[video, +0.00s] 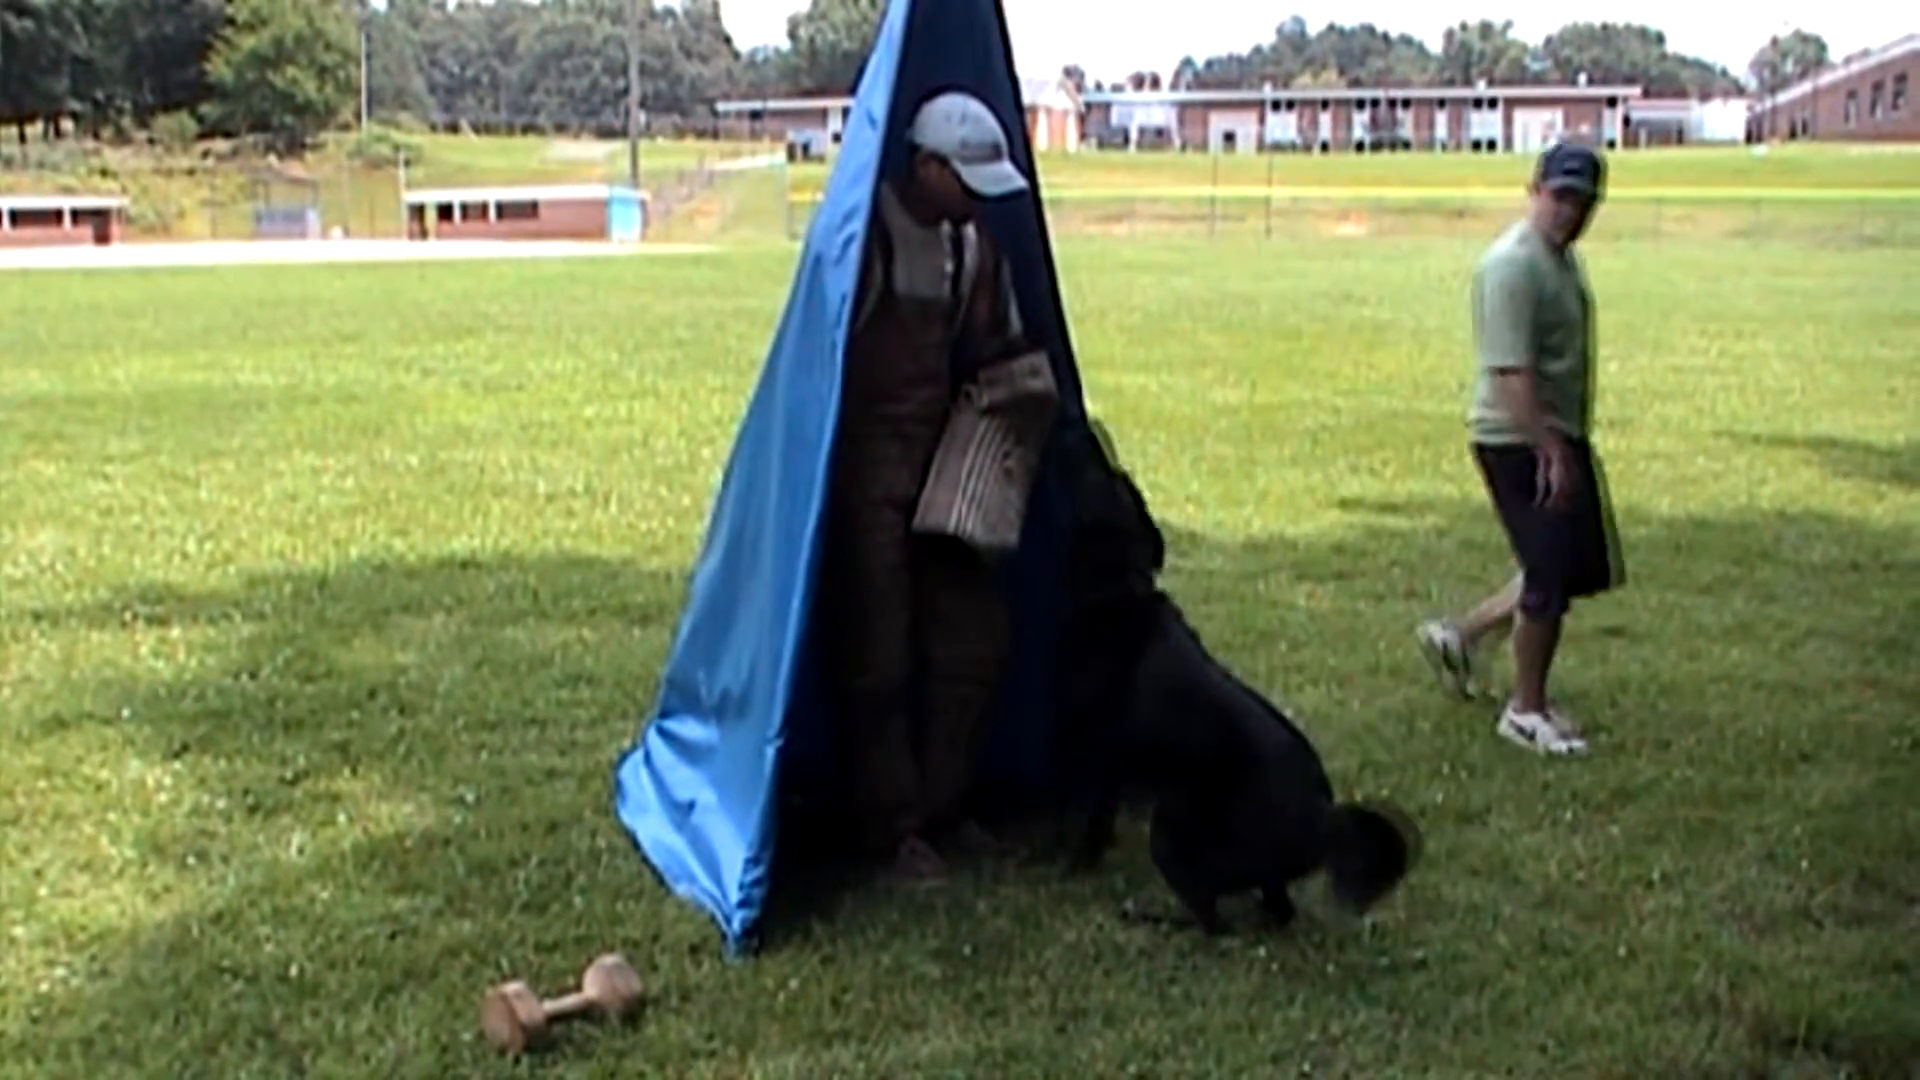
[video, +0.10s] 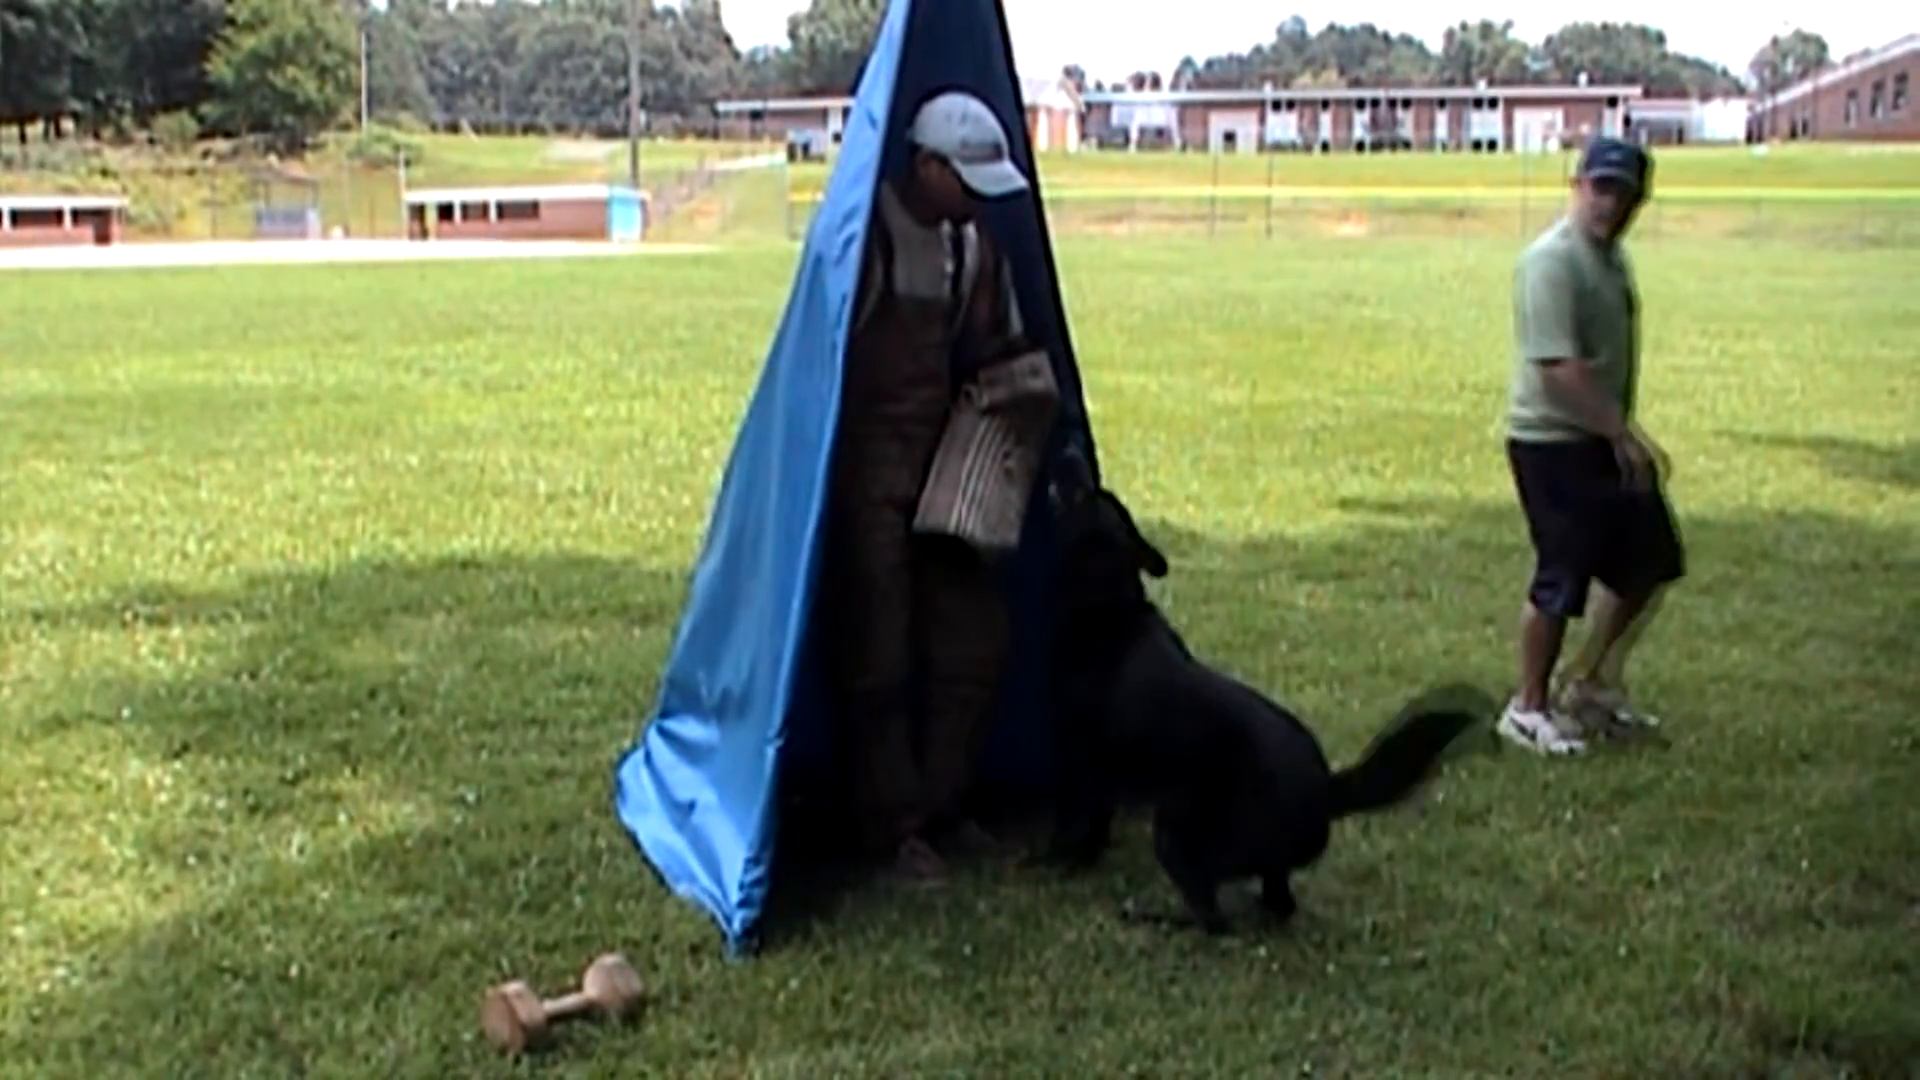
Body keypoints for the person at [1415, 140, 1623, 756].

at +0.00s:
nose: (1571, 212)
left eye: (1583, 202)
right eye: (1561, 198)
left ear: (1593, 208)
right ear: (1535, 194)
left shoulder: (1561, 262)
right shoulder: (1511, 267)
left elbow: (1559, 360)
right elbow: (1512, 374)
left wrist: (1573, 430)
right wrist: (1548, 442)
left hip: (1561, 435)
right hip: (1513, 439)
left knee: (1584, 565)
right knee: (1549, 570)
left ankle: (1463, 633)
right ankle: (1527, 708)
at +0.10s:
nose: (1610, 203)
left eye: (1624, 193)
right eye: (1601, 188)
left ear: (1636, 203)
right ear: (1578, 187)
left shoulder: (1610, 261)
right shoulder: (1550, 262)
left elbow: (1601, 358)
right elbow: (1558, 368)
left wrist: (1617, 432)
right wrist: (1622, 433)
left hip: (1601, 439)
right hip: (1548, 439)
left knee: (1649, 561)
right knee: (1563, 571)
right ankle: (1528, 704)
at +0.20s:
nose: (1654, 208)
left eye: (1668, 198)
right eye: (1644, 192)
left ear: (1682, 208)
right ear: (1622, 191)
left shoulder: (1663, 268)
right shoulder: (1593, 263)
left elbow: (1652, 362)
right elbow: (1599, 368)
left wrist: (1664, 431)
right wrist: (1691, 422)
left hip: (1650, 452)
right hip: (1585, 450)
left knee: (1690, 584)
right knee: (1568, 584)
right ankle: (1529, 707)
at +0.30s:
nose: (1695, 216)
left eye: (1710, 207)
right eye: (1687, 201)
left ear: (1728, 219)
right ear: (1668, 200)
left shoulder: (1717, 284)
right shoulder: (1636, 274)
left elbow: (1708, 375)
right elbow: (1637, 376)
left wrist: (1706, 441)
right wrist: (1731, 426)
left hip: (1693, 466)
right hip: (1625, 462)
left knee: (1736, 599)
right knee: (1590, 592)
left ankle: (1773, 734)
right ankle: (1534, 703)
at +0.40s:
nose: (1744, 223)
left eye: (1759, 213)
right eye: (1735, 208)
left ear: (1778, 225)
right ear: (1716, 208)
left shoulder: (1770, 289)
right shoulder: (1685, 281)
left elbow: (1769, 385)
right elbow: (1680, 388)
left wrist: (1777, 455)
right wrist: (1756, 451)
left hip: (1757, 473)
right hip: (1687, 474)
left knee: (1788, 611)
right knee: (1653, 604)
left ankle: (1787, 741)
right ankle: (1560, 688)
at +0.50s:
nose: (1788, 216)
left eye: (1804, 206)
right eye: (1779, 200)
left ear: (1822, 217)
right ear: (1760, 202)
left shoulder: (1819, 284)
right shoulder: (1727, 277)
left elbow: (1831, 379)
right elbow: (1720, 382)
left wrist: (1862, 444)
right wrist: (1752, 469)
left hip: (1802, 467)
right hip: (1737, 467)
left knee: (1812, 607)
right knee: (1750, 607)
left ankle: (1788, 742)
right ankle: (1644, 672)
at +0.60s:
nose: (1825, 206)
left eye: (1841, 196)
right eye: (1816, 191)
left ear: (1863, 208)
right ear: (1800, 193)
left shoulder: (1868, 278)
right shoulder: (1764, 270)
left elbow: (1894, 367)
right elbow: (1734, 371)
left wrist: (1918, 409)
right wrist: (1751, 465)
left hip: (1838, 458)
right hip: (1782, 457)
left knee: (1834, 598)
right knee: (1824, 590)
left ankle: (1790, 734)